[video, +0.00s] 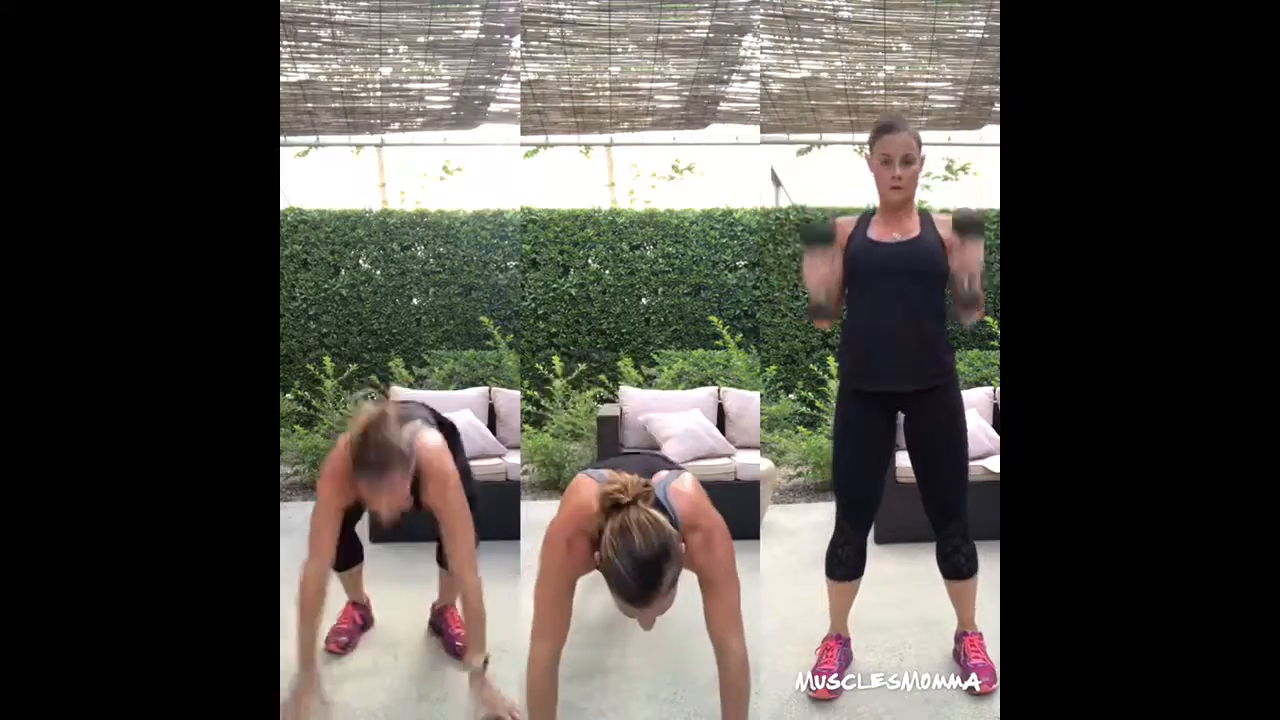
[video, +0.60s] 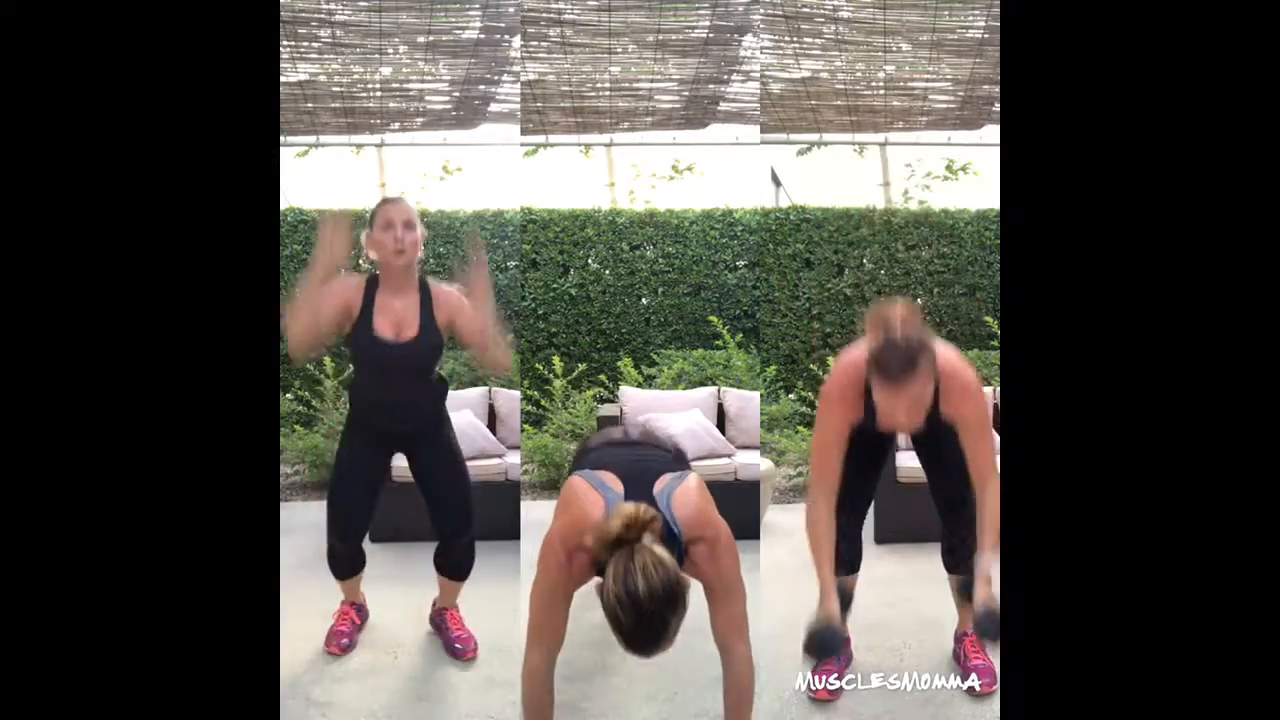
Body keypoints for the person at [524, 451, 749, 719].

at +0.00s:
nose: (647, 625)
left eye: (661, 608)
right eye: (630, 612)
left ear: (681, 551)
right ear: (599, 561)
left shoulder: (704, 523)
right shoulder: (569, 527)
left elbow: (730, 647)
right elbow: (544, 648)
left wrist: (734, 716)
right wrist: (541, 717)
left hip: (672, 475)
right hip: (598, 474)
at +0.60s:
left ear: (681, 579)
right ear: (601, 589)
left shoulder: (709, 535)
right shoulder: (566, 543)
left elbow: (736, 652)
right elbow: (540, 656)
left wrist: (738, 715)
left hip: (671, 459)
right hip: (594, 458)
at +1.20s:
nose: (633, 621)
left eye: (644, 611)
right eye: (621, 612)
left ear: (667, 555)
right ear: (589, 559)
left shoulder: (688, 513)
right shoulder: (564, 520)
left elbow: (724, 642)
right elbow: (539, 649)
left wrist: (732, 717)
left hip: (663, 472)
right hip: (589, 470)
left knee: (674, 613)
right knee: (575, 610)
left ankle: (638, 627)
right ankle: (603, 621)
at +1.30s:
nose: (630, 633)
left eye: (638, 627)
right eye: (619, 626)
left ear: (670, 565)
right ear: (587, 566)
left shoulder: (688, 515)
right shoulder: (567, 521)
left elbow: (722, 642)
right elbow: (538, 649)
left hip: (663, 449)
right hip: (588, 449)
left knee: (672, 593)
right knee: (579, 589)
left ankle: (643, 625)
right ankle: (599, 613)